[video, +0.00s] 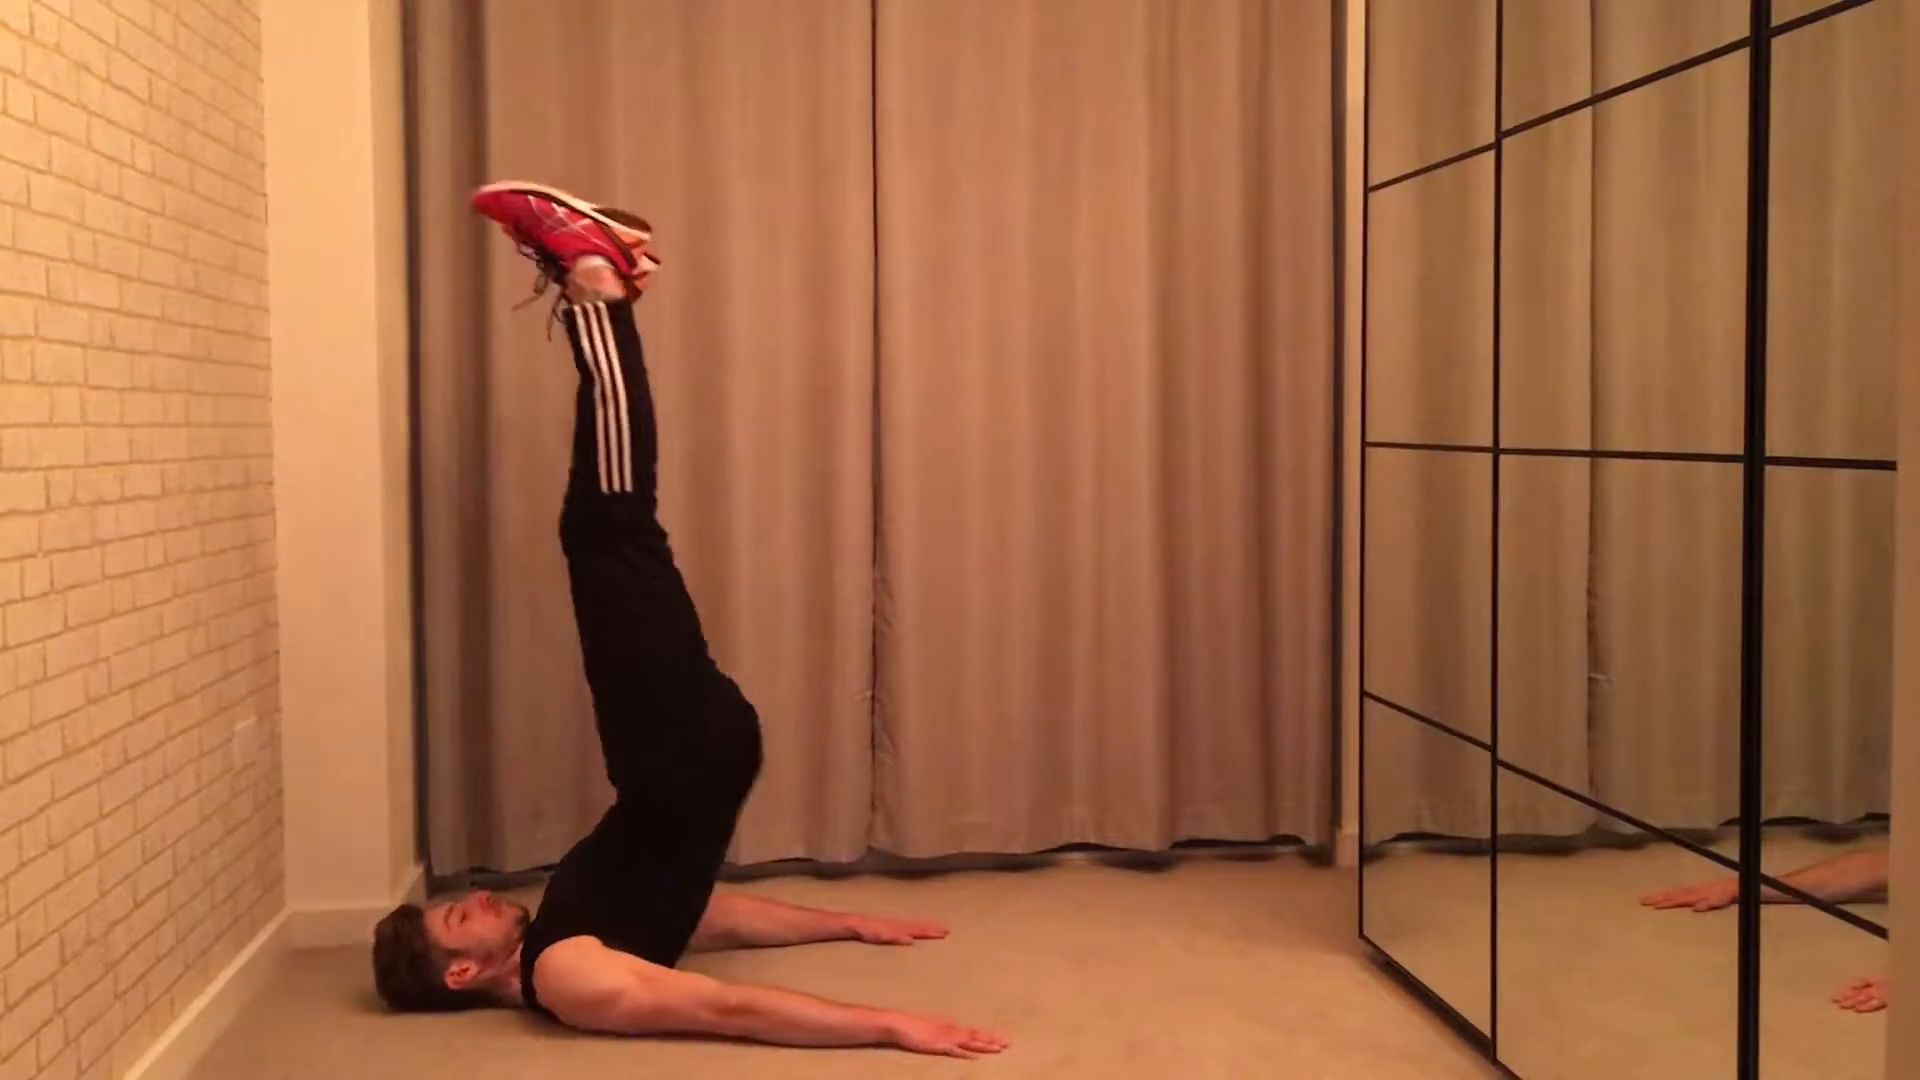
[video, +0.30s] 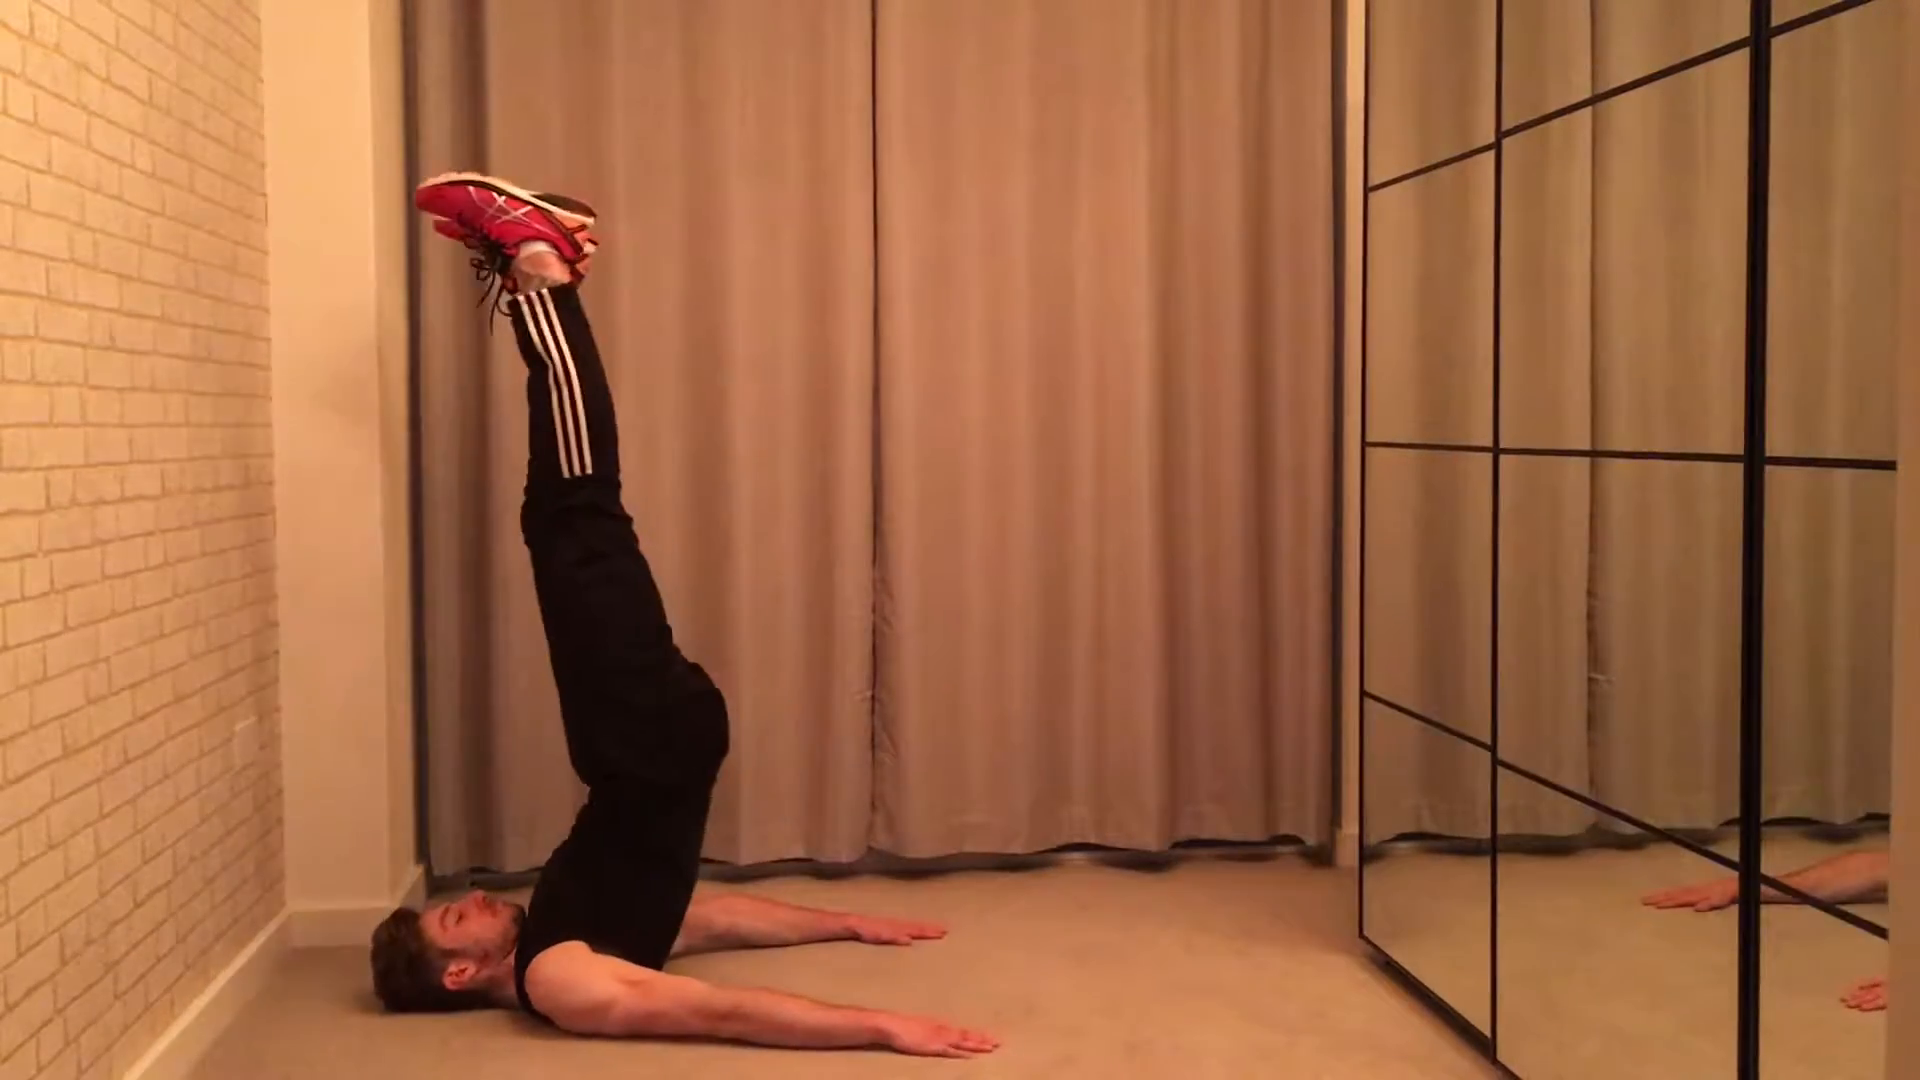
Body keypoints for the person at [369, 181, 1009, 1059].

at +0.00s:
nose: (479, 899)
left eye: (459, 900)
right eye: (460, 918)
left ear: (482, 907)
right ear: (468, 972)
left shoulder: (575, 939)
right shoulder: (568, 975)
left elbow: (724, 914)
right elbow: (728, 1012)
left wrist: (851, 925)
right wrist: (892, 1028)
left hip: (685, 762)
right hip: (696, 762)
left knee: (611, 531)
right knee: (607, 533)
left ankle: (596, 291)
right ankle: (591, 288)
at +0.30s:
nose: (473, 899)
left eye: (455, 901)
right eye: (455, 920)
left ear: (477, 902)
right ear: (466, 973)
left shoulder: (571, 935)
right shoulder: (559, 978)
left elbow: (714, 917)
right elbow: (722, 1015)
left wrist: (848, 926)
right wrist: (886, 1029)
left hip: (648, 754)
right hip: (662, 747)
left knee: (565, 517)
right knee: (572, 517)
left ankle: (536, 285)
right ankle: (538, 281)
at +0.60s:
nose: (470, 900)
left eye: (452, 903)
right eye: (452, 920)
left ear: (474, 906)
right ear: (463, 973)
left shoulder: (566, 936)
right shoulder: (560, 981)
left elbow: (712, 916)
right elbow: (719, 1014)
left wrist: (847, 926)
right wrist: (885, 1029)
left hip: (680, 772)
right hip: (701, 763)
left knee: (548, 544)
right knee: (547, 547)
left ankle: (615, 333)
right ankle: (616, 332)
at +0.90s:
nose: (464, 880)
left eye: (443, 883)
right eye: (446, 897)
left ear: (463, 936)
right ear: (457, 953)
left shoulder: (555, 933)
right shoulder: (564, 973)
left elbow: (704, 913)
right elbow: (717, 1019)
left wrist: (838, 917)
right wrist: (879, 1015)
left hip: (787, 879)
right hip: (802, 888)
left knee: (650, 699)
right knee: (653, 710)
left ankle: (841, 599)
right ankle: (858, 631)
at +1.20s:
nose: (734, 699)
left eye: (728, 683)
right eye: (720, 686)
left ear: (669, 706)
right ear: (674, 706)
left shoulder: (700, 780)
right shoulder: (693, 810)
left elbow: (711, 966)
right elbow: (714, 995)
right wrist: (868, 1022)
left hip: (872, 921)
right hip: (884, 954)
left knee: (951, 690)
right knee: (971, 719)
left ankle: (1035, 896)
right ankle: (1054, 911)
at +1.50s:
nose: (1030, 635)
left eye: (1038, 617)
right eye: (1031, 614)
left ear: (986, 588)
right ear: (990, 592)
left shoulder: (909, 636)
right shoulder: (936, 673)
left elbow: (861, 780)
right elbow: (898, 854)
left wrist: (856, 913)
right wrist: (879, 1011)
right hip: (915, 909)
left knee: (1045, 694)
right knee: (1069, 715)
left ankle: (1053, 910)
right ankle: (1046, 930)